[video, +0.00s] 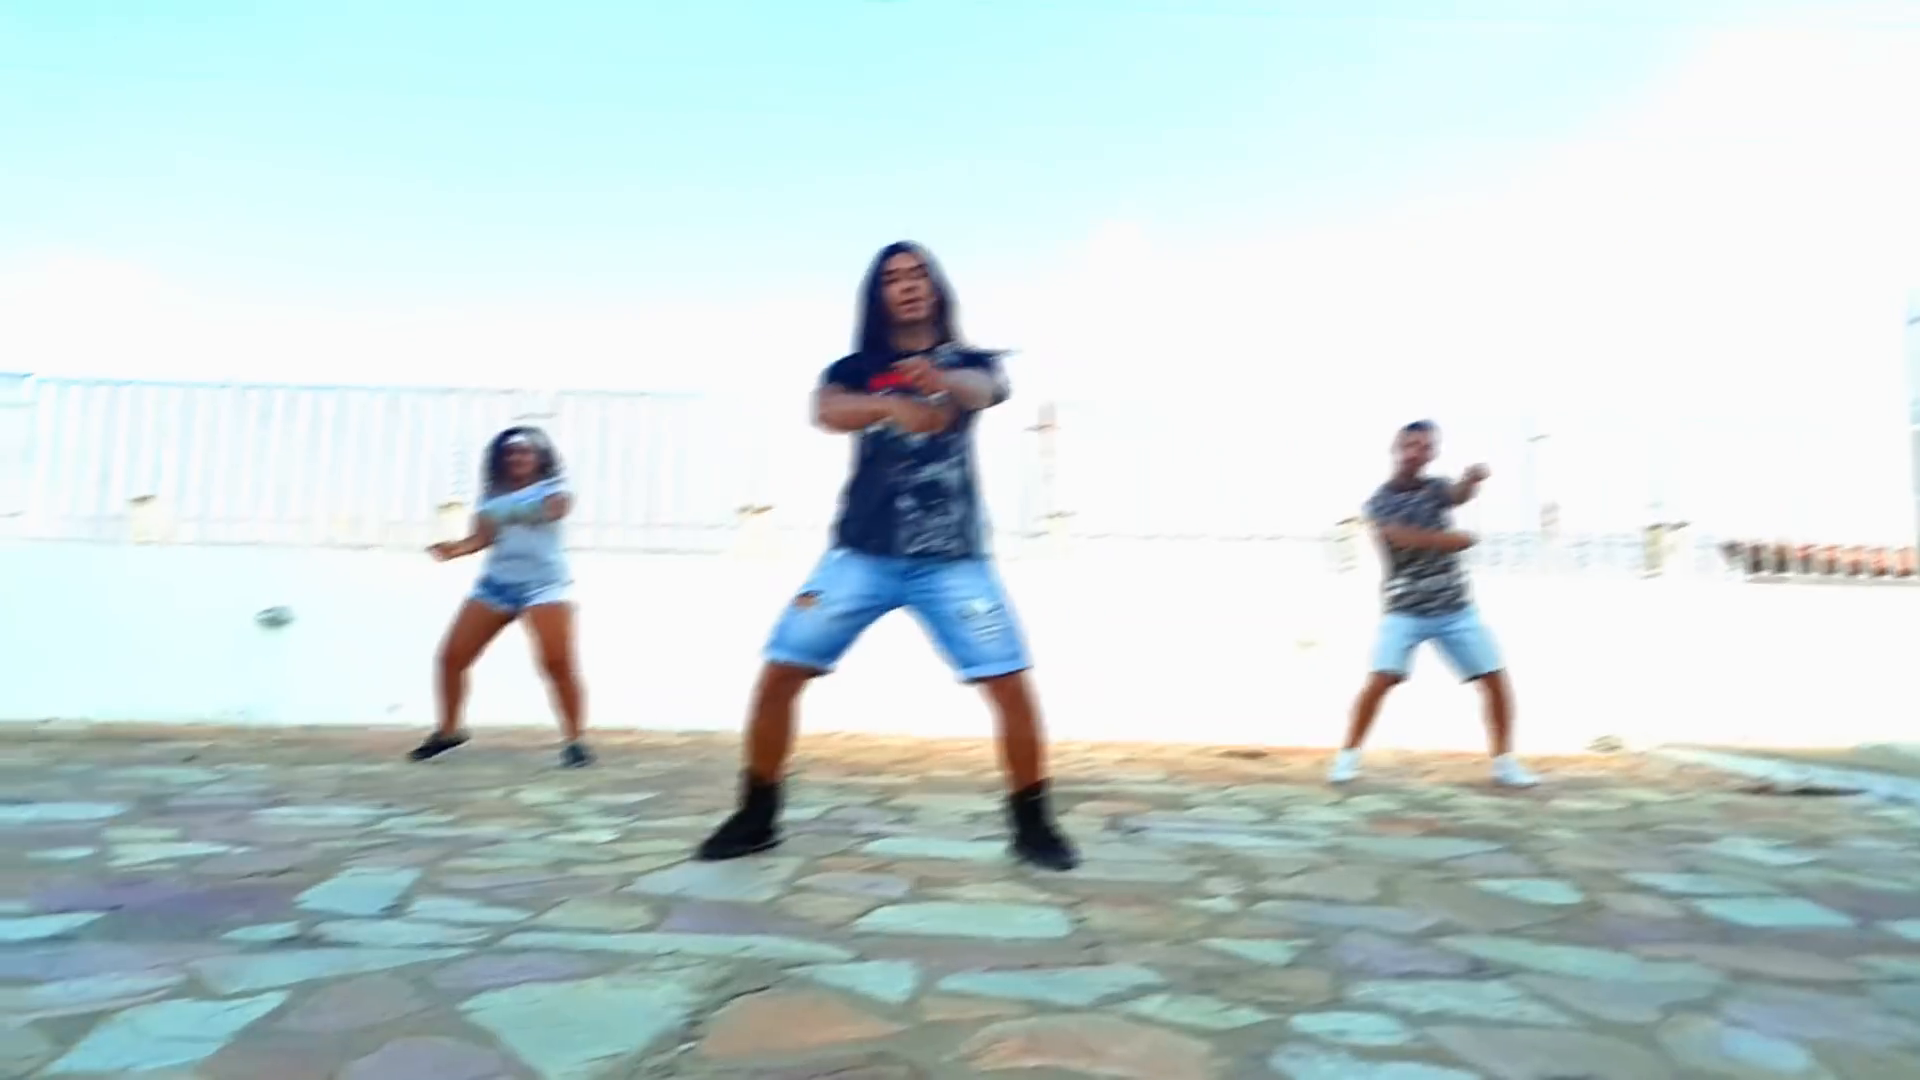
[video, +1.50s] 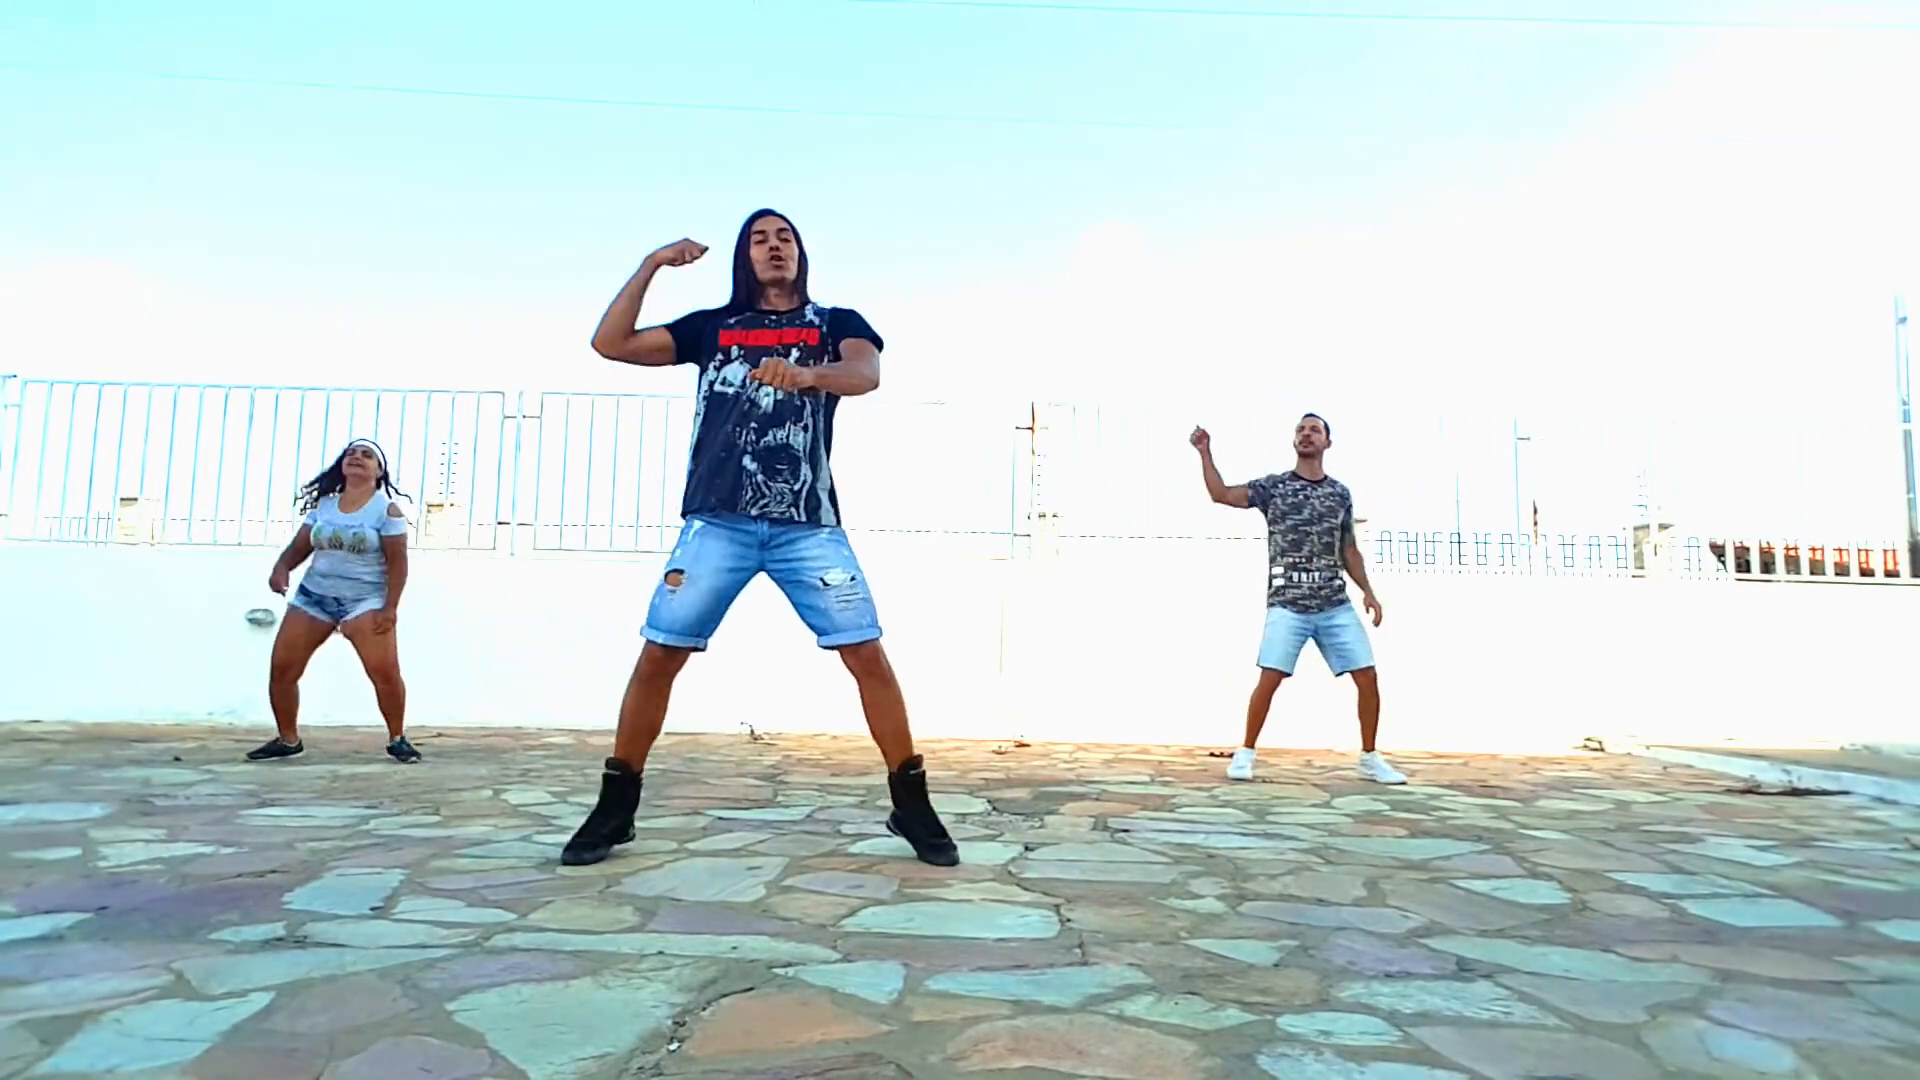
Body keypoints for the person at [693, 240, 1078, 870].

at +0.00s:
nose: (909, 288)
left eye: (918, 276)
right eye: (895, 280)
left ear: (938, 287)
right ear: (876, 298)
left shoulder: (969, 362)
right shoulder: (854, 369)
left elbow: (989, 388)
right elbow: (826, 411)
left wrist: (944, 380)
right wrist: (892, 408)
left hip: (953, 561)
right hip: (862, 558)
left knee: (1011, 684)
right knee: (779, 673)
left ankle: (1033, 824)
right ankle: (755, 816)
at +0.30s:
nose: (827, 224)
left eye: (837, 214)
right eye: (814, 218)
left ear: (858, 229)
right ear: (796, 237)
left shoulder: (889, 302)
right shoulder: (780, 305)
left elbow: (908, 336)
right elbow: (795, 367)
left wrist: (902, 333)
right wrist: (757, 341)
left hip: (869, 498)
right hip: (782, 496)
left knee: (926, 623)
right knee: (713, 629)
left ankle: (952, 778)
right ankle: (667, 780)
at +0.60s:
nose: (767, 246)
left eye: (776, 236)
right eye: (753, 239)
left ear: (794, 251)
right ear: (736, 257)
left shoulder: (826, 326)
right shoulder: (716, 326)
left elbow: (868, 375)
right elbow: (696, 399)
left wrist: (850, 351)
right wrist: (689, 343)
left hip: (811, 519)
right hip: (723, 519)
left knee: (871, 643)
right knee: (660, 648)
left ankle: (925, 789)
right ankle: (636, 796)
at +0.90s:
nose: (728, 260)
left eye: (738, 251)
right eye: (714, 253)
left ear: (758, 268)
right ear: (695, 274)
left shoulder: (788, 335)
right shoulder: (680, 341)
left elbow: (815, 370)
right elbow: (674, 395)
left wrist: (777, 341)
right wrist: (751, 380)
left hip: (783, 541)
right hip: (694, 540)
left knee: (845, 665)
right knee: (622, 664)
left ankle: (890, 808)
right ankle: (594, 809)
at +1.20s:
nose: (730, 205)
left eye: (741, 199)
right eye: (716, 198)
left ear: (759, 221)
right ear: (695, 222)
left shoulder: (792, 288)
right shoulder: (677, 289)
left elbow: (818, 343)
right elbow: (678, 374)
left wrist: (772, 295)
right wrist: (621, 357)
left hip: (776, 484)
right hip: (688, 483)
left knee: (842, 612)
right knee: (627, 621)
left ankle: (906, 759)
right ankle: (590, 780)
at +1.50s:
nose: (773, 244)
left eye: (783, 236)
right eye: (760, 238)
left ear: (801, 256)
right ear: (742, 259)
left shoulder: (838, 321)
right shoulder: (713, 327)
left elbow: (864, 373)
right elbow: (613, 343)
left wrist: (807, 376)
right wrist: (648, 265)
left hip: (808, 525)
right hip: (718, 522)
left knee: (868, 653)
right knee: (659, 655)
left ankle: (912, 802)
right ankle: (615, 806)